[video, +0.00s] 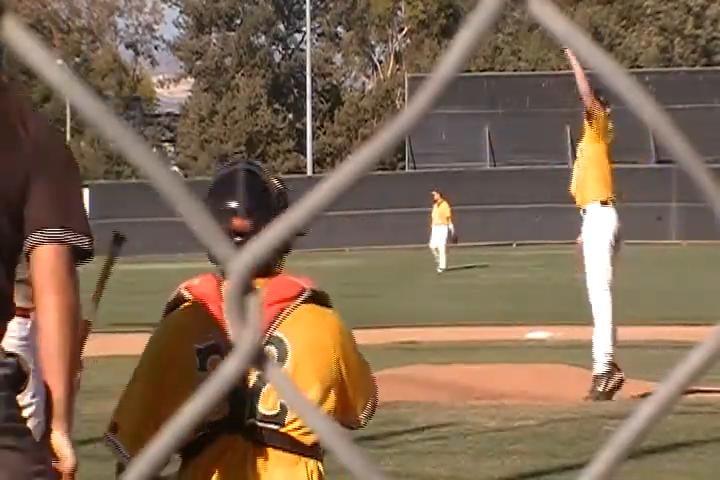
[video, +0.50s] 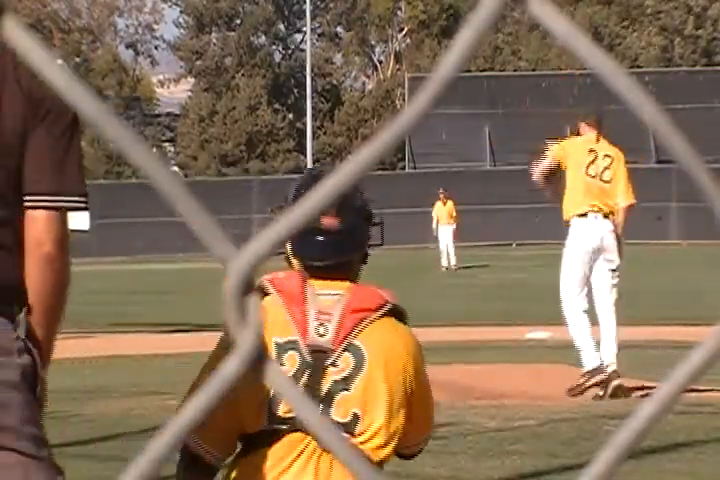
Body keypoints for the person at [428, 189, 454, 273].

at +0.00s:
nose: (434, 197)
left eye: (435, 194)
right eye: (433, 195)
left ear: (439, 195)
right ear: (434, 196)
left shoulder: (445, 205)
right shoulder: (435, 205)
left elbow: (448, 217)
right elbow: (434, 216)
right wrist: (432, 225)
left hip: (443, 226)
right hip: (435, 226)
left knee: (442, 246)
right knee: (432, 245)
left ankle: (442, 265)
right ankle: (439, 261)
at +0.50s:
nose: (441, 196)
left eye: (442, 194)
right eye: (440, 194)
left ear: (445, 194)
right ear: (438, 195)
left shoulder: (450, 203)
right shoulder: (437, 204)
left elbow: (454, 214)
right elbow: (435, 216)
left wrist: (454, 223)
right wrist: (434, 227)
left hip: (450, 225)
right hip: (441, 225)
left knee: (450, 244)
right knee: (442, 245)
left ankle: (453, 263)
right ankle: (444, 263)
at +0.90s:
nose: (451, 195)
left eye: (453, 193)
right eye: (450, 193)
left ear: (454, 195)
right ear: (447, 194)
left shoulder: (457, 203)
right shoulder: (445, 204)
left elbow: (459, 213)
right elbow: (441, 215)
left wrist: (460, 222)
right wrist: (441, 226)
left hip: (455, 225)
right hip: (447, 225)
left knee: (457, 245)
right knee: (446, 246)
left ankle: (458, 263)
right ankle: (445, 263)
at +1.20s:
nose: (460, 195)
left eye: (461, 193)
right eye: (459, 193)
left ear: (462, 194)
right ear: (455, 194)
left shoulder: (461, 203)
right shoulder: (452, 204)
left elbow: (462, 214)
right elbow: (451, 216)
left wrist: (464, 224)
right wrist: (452, 227)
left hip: (462, 225)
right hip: (455, 225)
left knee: (461, 246)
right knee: (453, 245)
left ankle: (459, 263)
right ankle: (448, 262)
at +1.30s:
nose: (462, 195)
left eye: (463, 193)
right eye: (461, 193)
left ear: (463, 194)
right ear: (457, 193)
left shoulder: (462, 204)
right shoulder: (454, 204)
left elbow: (464, 215)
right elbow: (453, 215)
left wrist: (465, 226)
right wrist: (455, 225)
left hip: (463, 224)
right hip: (456, 224)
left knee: (462, 243)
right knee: (458, 241)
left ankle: (460, 262)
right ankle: (451, 261)